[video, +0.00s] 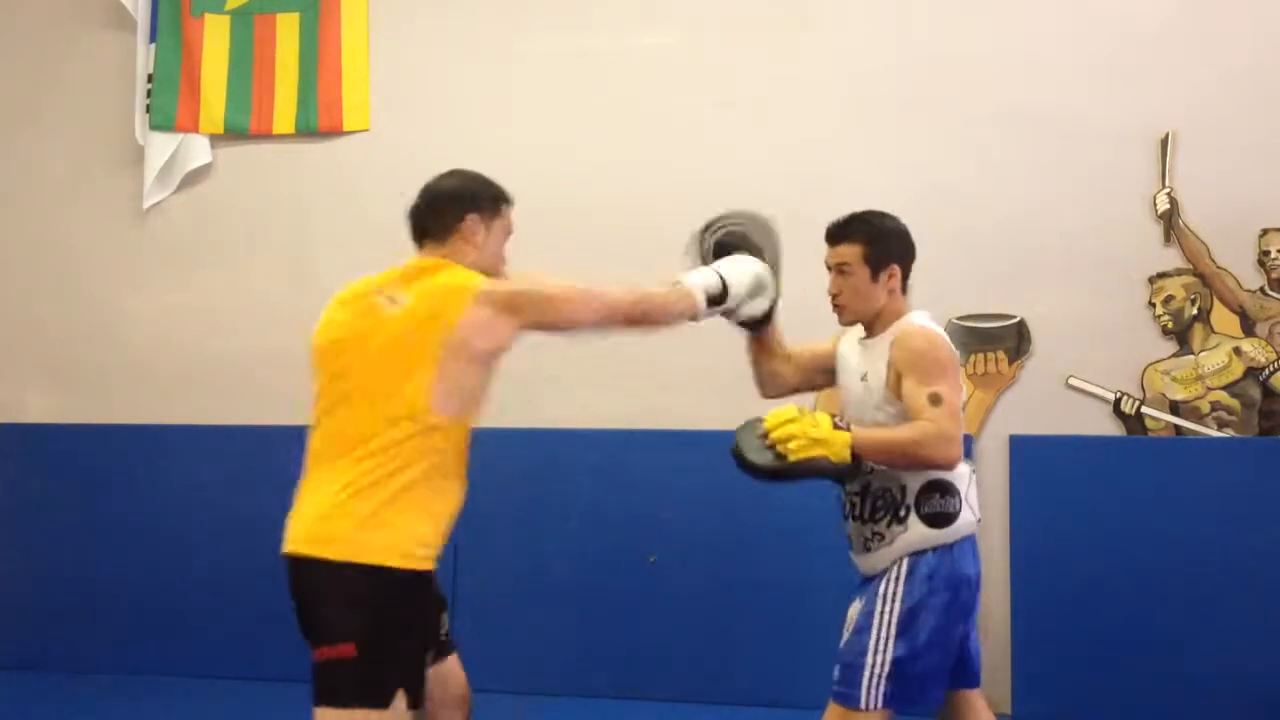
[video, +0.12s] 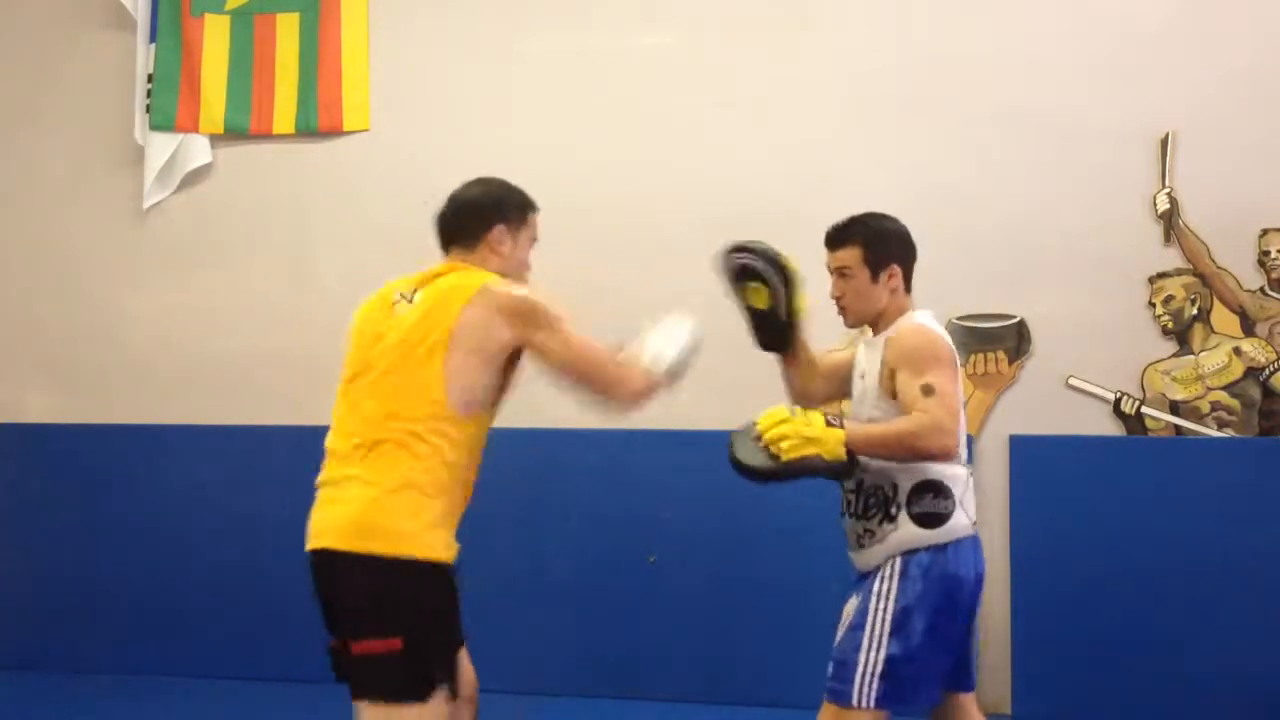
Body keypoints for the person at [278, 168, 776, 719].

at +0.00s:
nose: (507, 256)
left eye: (508, 237)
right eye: (504, 236)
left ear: (435, 233)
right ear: (471, 229)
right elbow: (626, 307)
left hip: (319, 552)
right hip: (377, 564)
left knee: (446, 698)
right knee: (358, 714)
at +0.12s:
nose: (532, 262)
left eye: (533, 245)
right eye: (529, 243)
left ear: (457, 240)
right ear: (497, 239)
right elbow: (625, 385)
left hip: (339, 546)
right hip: (400, 555)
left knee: (458, 690)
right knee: (402, 710)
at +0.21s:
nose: (542, 265)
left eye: (545, 247)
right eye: (541, 245)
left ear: (492, 236)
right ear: (508, 235)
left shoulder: (401, 296)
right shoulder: (498, 300)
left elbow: (449, 412)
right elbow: (562, 421)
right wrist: (604, 415)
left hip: (352, 537)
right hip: (411, 544)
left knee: (453, 700)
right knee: (427, 708)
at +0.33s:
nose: (550, 260)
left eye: (553, 242)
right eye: (549, 239)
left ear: (502, 227)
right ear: (514, 227)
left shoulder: (423, 283)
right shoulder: (485, 293)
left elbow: (430, 397)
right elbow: (489, 428)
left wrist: (515, 366)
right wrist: (570, 422)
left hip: (373, 538)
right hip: (418, 545)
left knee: (429, 704)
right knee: (446, 706)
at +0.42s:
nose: (550, 261)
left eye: (555, 244)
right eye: (550, 240)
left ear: (509, 227)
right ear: (516, 227)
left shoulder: (428, 279)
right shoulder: (472, 291)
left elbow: (432, 400)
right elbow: (500, 427)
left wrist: (513, 363)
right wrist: (579, 379)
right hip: (411, 553)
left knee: (478, 698)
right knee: (430, 708)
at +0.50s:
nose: (551, 271)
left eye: (558, 256)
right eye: (554, 251)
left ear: (514, 230)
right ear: (521, 232)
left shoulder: (429, 280)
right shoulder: (461, 291)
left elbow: (435, 399)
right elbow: (525, 422)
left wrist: (520, 351)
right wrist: (587, 327)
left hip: (424, 551)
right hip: (398, 558)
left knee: (489, 702)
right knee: (429, 711)